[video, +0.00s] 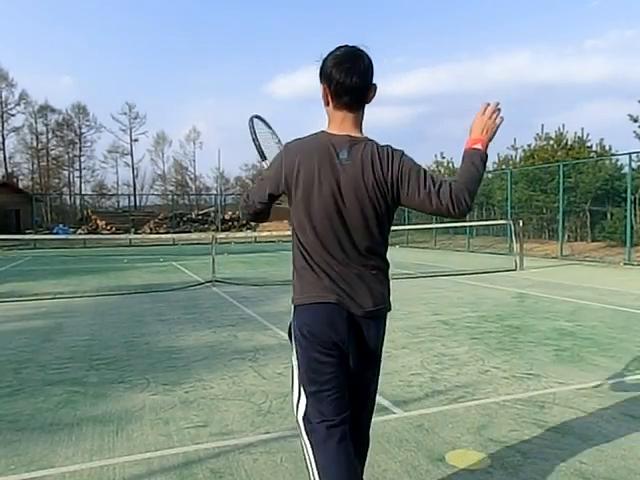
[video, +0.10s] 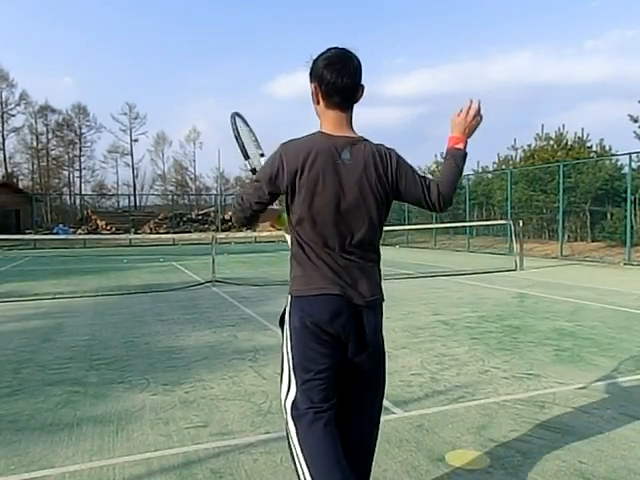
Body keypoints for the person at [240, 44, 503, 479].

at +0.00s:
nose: (323, 94)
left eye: (322, 87)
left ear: (324, 93)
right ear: (371, 95)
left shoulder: (294, 155)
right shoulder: (387, 161)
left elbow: (252, 206)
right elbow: (456, 201)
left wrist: (267, 182)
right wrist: (477, 143)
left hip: (316, 310)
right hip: (371, 309)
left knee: (325, 423)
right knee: (356, 422)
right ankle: (349, 478)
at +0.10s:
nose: (312, 93)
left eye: (312, 87)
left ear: (315, 92)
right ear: (360, 94)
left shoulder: (292, 155)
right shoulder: (381, 159)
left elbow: (247, 209)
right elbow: (439, 197)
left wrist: (266, 208)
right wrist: (458, 140)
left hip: (312, 304)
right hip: (367, 306)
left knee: (311, 413)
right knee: (362, 417)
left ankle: (331, 478)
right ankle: (355, 479)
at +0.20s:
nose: (301, 95)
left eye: (301, 89)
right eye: (306, 89)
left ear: (306, 93)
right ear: (347, 93)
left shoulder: (297, 157)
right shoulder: (372, 154)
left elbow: (252, 215)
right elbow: (405, 178)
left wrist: (253, 188)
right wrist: (428, 131)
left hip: (311, 300)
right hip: (364, 303)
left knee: (295, 406)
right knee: (355, 413)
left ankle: (315, 477)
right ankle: (354, 478)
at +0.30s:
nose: (293, 103)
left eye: (292, 95)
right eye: (292, 95)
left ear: (301, 96)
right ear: (336, 95)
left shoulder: (307, 155)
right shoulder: (355, 148)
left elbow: (281, 218)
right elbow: (362, 142)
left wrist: (259, 221)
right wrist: (371, 118)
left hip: (309, 294)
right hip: (358, 291)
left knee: (286, 400)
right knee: (346, 404)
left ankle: (289, 475)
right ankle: (345, 476)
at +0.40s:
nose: (286, 104)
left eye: (285, 96)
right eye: (286, 96)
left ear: (295, 97)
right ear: (326, 94)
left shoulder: (315, 151)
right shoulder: (341, 140)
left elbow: (314, 213)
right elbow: (312, 141)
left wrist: (272, 223)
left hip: (307, 282)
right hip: (350, 281)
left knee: (276, 386)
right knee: (340, 391)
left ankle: (264, 472)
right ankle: (339, 474)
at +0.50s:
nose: (279, 108)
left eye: (278, 100)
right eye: (279, 100)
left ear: (288, 100)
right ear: (319, 98)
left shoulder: (315, 148)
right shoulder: (321, 143)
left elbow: (337, 203)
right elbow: (282, 168)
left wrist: (281, 223)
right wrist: (247, 180)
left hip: (306, 276)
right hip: (342, 275)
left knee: (270, 367)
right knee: (336, 379)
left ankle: (263, 459)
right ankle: (337, 471)